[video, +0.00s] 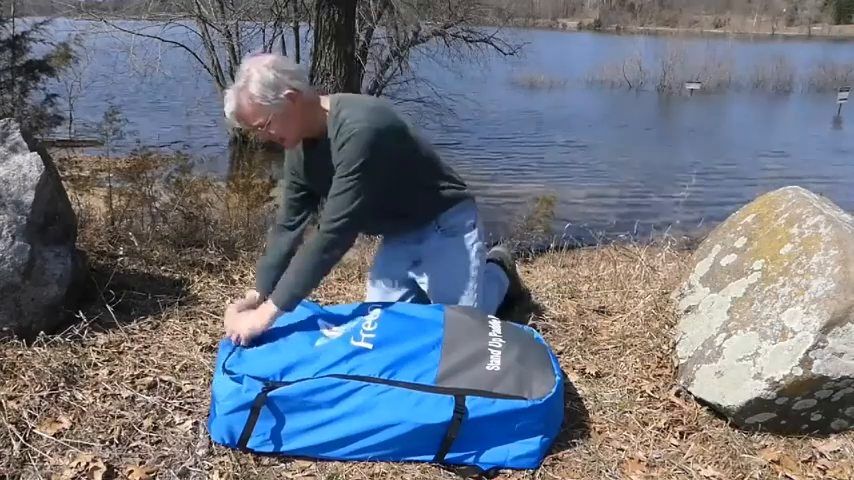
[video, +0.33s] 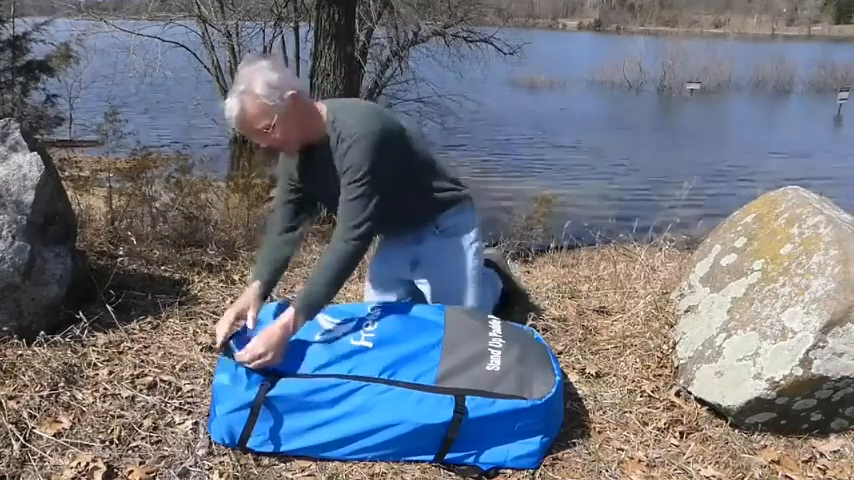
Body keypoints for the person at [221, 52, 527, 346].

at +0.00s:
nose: (264, 137)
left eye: (264, 125)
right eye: (256, 131)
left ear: (292, 99)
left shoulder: (360, 129)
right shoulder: (303, 143)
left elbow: (334, 231)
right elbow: (290, 221)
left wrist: (271, 311)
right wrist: (259, 295)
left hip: (448, 222)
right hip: (398, 230)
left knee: (457, 333)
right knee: (381, 327)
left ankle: (498, 271)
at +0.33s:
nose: (265, 145)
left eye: (268, 130)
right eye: (256, 139)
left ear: (295, 103)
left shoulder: (361, 133)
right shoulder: (299, 149)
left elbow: (351, 240)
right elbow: (284, 227)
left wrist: (287, 326)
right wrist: (254, 291)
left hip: (446, 227)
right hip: (393, 234)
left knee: (461, 338)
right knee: (381, 339)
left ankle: (493, 278)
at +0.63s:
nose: (381, 142)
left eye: (387, 128)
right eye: (368, 135)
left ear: (393, 105)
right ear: (345, 123)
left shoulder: (437, 136)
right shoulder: (330, 148)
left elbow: (478, 227)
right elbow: (293, 221)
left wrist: (498, 332)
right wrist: (252, 296)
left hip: (453, 243)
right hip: (399, 246)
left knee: (473, 336)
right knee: (381, 333)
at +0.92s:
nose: (350, 134)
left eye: (357, 125)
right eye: (345, 126)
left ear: (391, 107)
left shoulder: (458, 132)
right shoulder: (344, 132)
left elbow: (474, 219)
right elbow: (312, 196)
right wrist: (265, 261)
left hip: (456, 243)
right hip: (397, 242)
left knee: (458, 348)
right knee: (376, 339)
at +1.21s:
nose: (289, 135)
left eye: (294, 125)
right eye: (284, 128)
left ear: (322, 104)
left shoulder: (395, 134)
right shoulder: (313, 126)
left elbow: (371, 228)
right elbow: (297, 195)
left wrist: (316, 267)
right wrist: (263, 254)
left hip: (444, 229)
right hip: (387, 236)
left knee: (459, 331)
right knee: (373, 335)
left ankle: (484, 285)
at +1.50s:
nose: (366, 128)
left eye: (369, 117)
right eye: (354, 121)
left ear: (383, 92)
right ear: (335, 109)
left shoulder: (433, 122)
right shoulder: (321, 129)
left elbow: (489, 187)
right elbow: (319, 197)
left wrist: (495, 267)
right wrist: (275, 255)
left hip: (452, 236)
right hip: (390, 242)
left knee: (457, 350)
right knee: (371, 341)